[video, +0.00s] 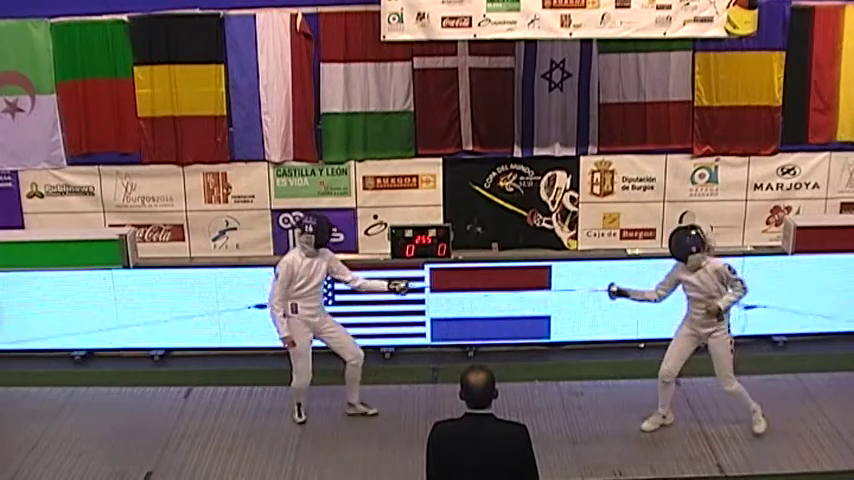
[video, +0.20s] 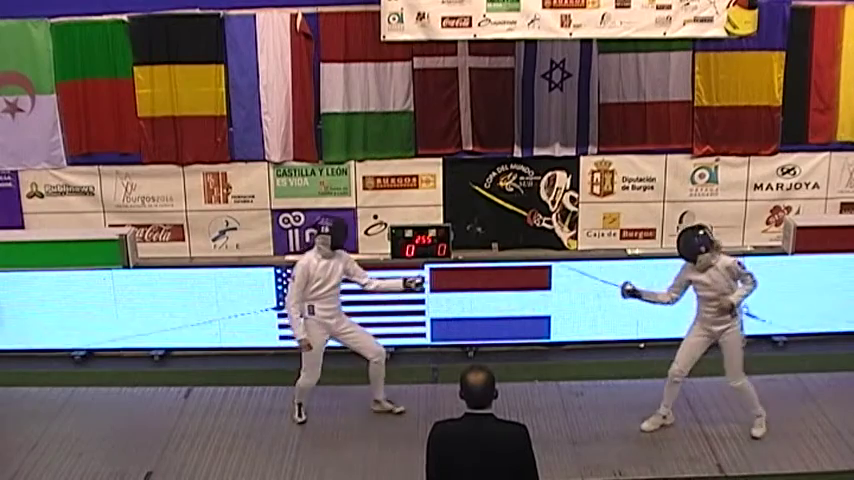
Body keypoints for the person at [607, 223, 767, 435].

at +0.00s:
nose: (685, 266)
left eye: (687, 261)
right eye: (683, 262)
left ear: (698, 253)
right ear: (682, 258)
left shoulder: (718, 268)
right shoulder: (680, 271)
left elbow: (739, 288)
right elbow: (657, 295)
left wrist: (722, 304)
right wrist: (624, 293)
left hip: (717, 330)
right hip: (690, 327)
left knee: (728, 384)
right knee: (666, 374)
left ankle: (755, 411)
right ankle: (663, 414)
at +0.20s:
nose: (694, 265)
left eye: (696, 260)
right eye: (691, 262)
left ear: (706, 251)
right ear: (692, 257)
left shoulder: (727, 264)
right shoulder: (689, 271)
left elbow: (750, 282)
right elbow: (670, 297)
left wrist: (734, 299)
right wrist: (638, 294)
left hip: (729, 328)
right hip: (702, 328)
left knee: (736, 379)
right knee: (676, 372)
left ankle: (759, 416)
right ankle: (664, 414)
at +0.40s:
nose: (714, 268)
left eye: (717, 263)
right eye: (712, 264)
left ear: (727, 255)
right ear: (710, 260)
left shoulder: (747, 268)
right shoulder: (709, 274)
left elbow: (771, 285)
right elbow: (694, 304)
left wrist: (755, 301)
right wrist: (662, 311)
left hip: (749, 330)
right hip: (721, 330)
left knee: (769, 379)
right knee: (694, 375)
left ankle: (797, 414)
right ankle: (691, 417)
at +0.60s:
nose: (747, 278)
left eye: (749, 274)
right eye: (744, 275)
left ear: (759, 265)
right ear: (742, 271)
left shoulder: (779, 277)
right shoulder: (742, 284)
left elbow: (804, 293)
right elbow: (738, 315)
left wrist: (790, 311)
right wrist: (707, 326)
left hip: (783, 339)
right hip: (754, 339)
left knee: (795, 390)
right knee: (716, 379)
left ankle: (810, 416)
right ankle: (694, 416)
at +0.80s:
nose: (760, 260)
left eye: (762, 256)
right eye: (757, 257)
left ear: (770, 248)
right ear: (754, 254)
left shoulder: (793, 259)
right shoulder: (755, 270)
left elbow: (819, 271)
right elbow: (752, 302)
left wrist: (808, 290)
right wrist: (720, 315)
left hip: (798, 325)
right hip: (768, 326)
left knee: (811, 378)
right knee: (741, 373)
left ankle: (822, 417)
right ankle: (735, 415)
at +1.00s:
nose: (779, 277)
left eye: (780, 272)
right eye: (776, 273)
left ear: (789, 263)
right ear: (773, 269)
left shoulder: (810, 277)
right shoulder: (771, 283)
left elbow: (831, 298)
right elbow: (757, 314)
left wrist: (817, 312)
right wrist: (722, 315)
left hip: (810, 340)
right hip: (781, 339)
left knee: (827, 389)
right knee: (745, 377)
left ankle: (851, 417)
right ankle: (737, 417)